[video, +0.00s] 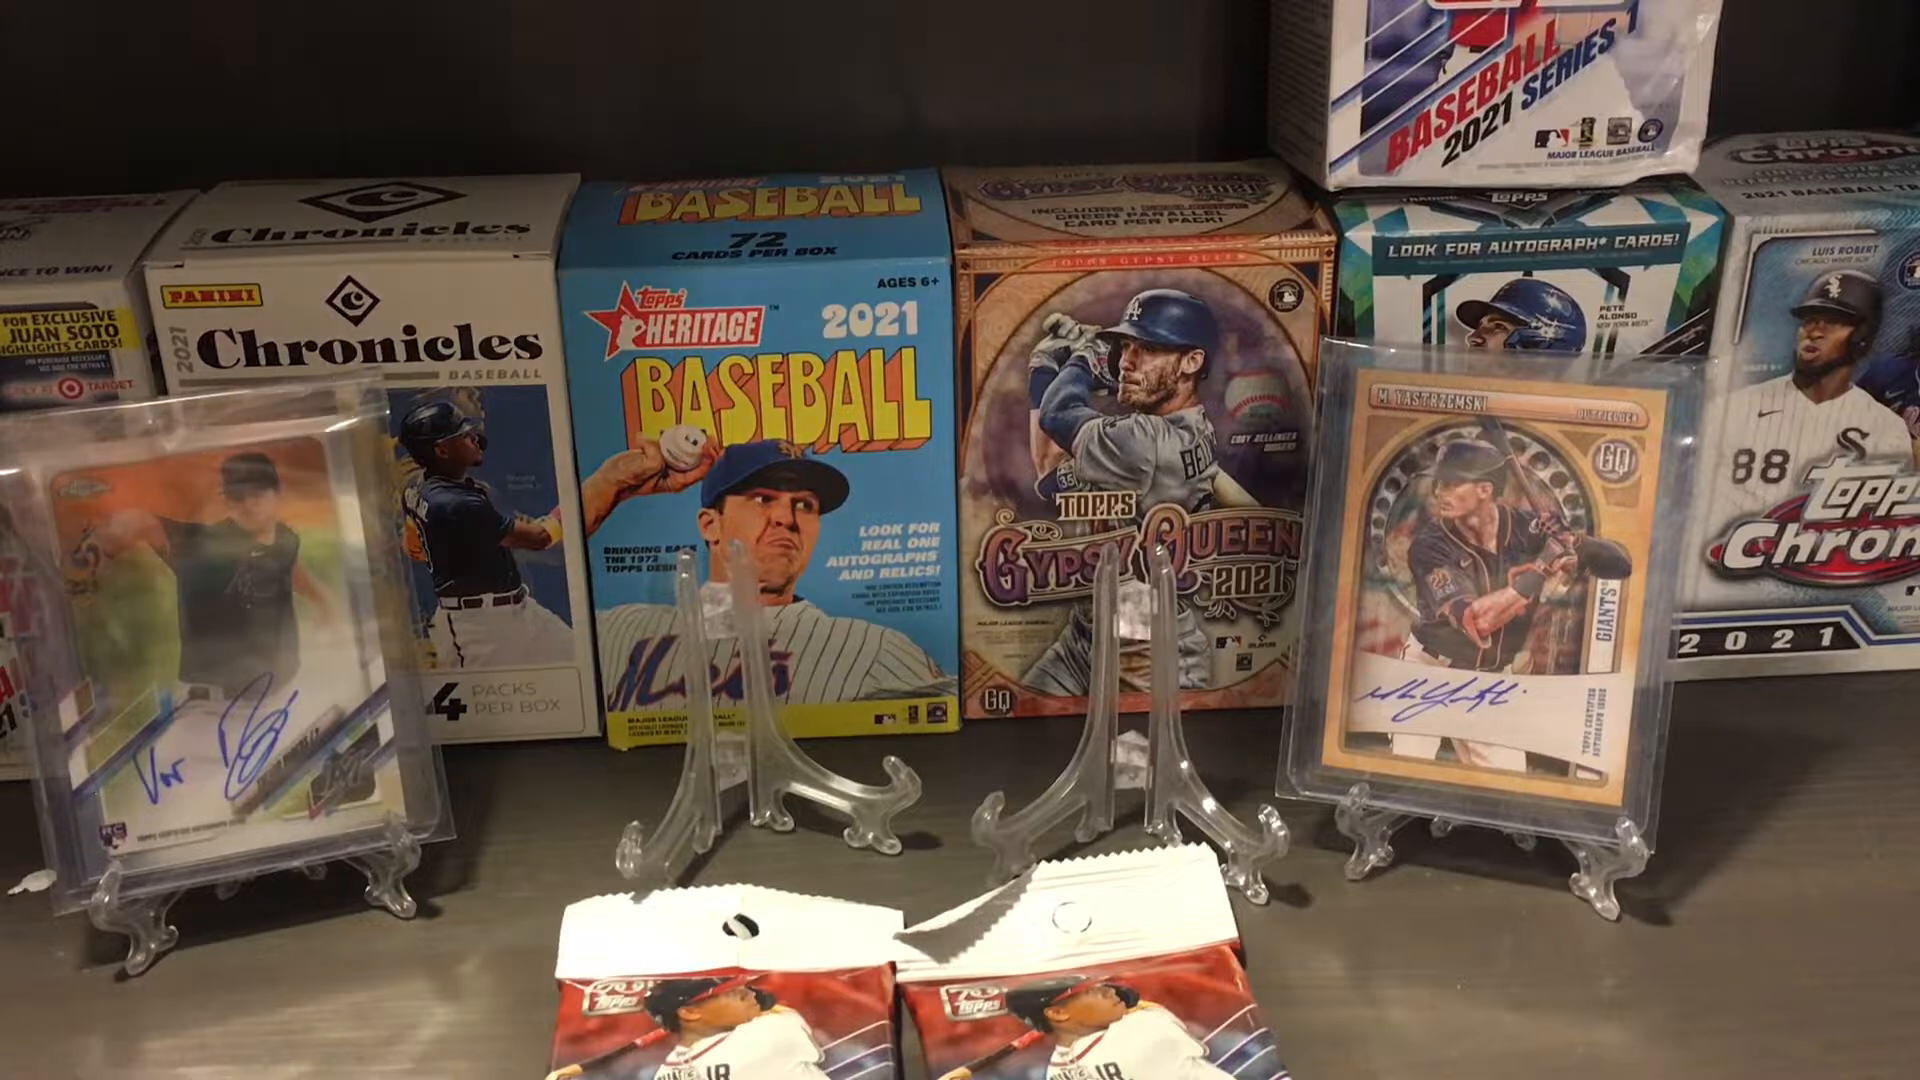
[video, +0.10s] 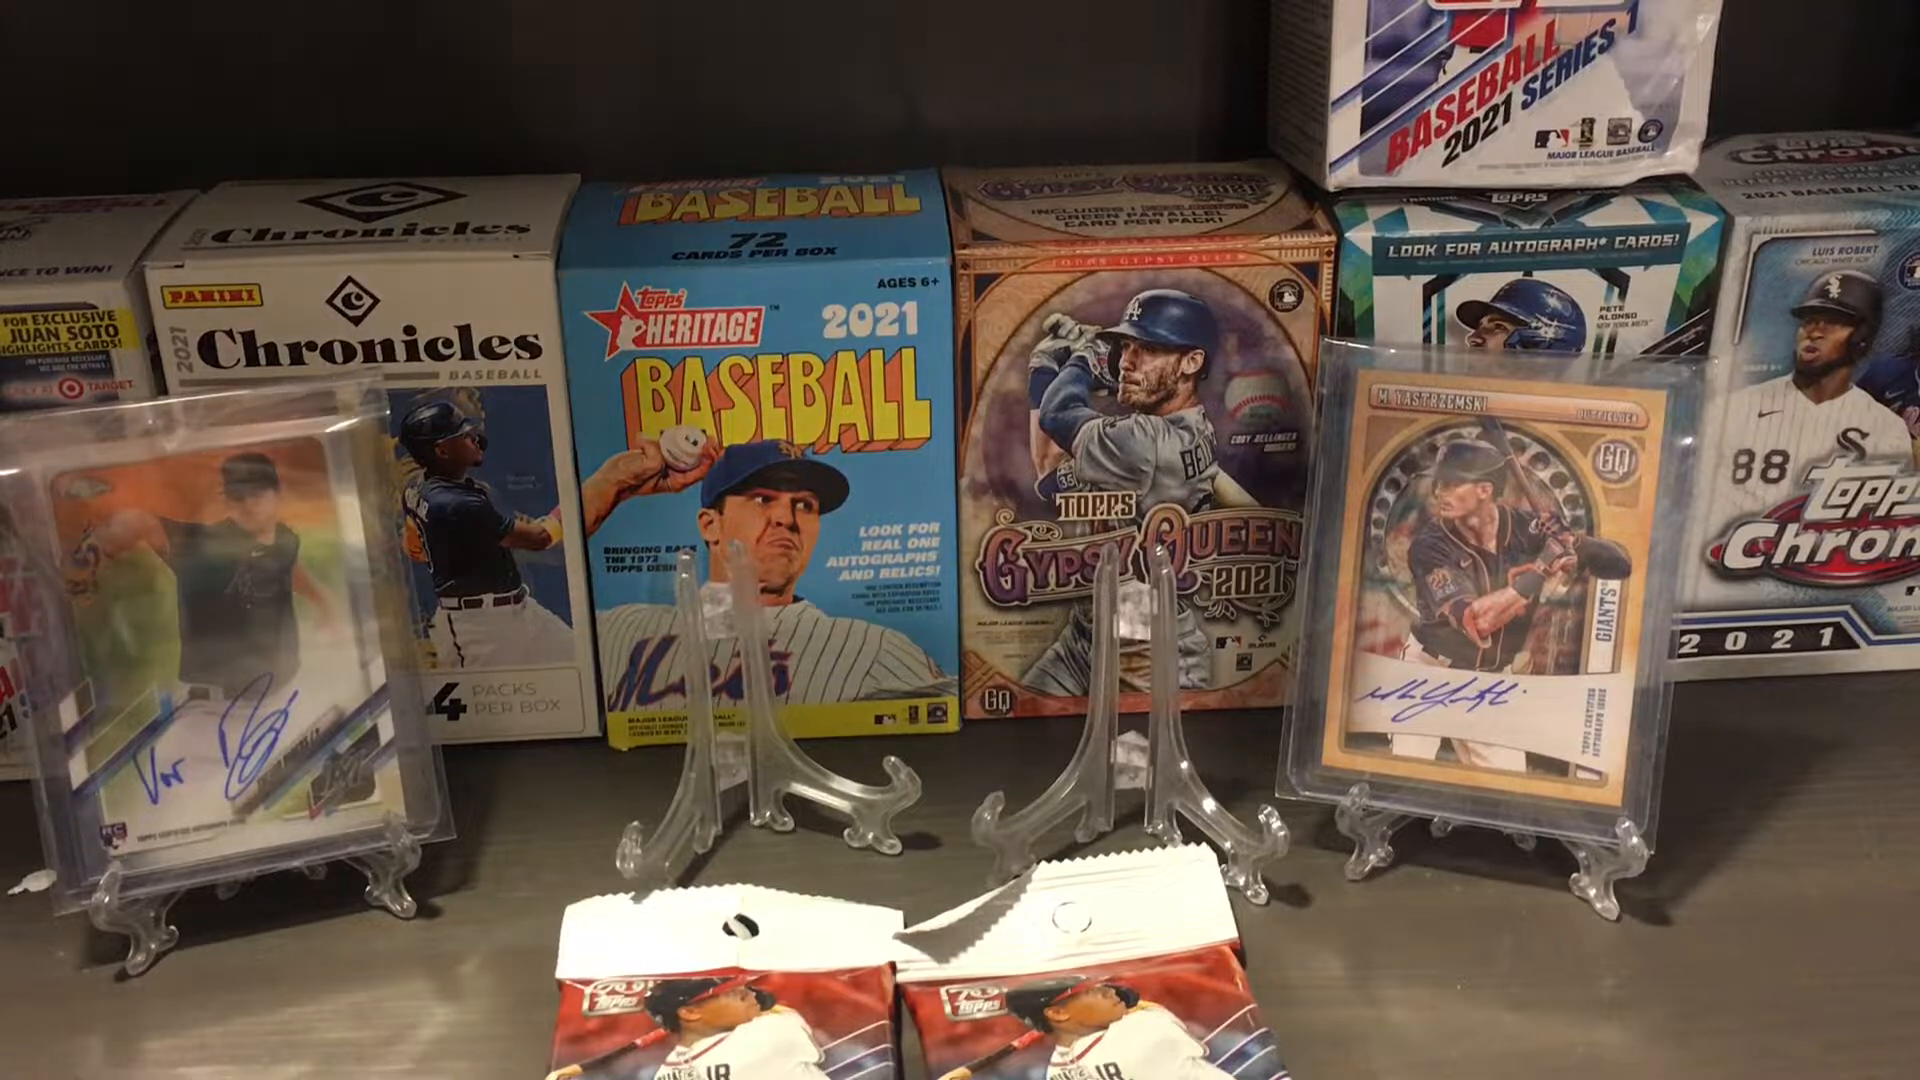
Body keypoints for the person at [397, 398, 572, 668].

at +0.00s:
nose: (475, 436)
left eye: (469, 430)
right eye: (465, 433)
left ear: (442, 451)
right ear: (441, 450)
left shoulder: (421, 489)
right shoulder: (461, 507)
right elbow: (539, 537)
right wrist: (567, 511)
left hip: (519, 609)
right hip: (473, 622)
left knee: (587, 664)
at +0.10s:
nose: (475, 436)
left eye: (470, 430)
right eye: (465, 433)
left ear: (443, 451)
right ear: (442, 450)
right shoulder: (459, 507)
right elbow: (539, 537)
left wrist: (538, 524)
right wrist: (566, 512)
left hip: (519, 609)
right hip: (473, 623)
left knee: (588, 665)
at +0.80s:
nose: (474, 436)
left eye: (469, 430)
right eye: (463, 434)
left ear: (443, 452)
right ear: (442, 450)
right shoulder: (459, 506)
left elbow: (413, 544)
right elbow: (539, 537)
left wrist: (544, 523)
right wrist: (569, 511)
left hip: (520, 610)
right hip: (473, 623)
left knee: (588, 665)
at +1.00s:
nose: (474, 435)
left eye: (468, 429)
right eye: (463, 433)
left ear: (442, 451)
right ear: (441, 450)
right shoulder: (459, 506)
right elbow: (538, 538)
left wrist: (546, 522)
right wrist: (568, 512)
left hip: (520, 609)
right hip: (474, 623)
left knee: (588, 665)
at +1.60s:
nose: (474, 435)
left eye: (468, 429)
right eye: (463, 433)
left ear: (443, 451)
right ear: (442, 450)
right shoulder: (461, 506)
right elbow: (539, 538)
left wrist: (537, 524)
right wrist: (568, 512)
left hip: (520, 610)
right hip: (474, 624)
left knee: (588, 665)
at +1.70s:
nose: (474, 435)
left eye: (468, 429)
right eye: (463, 433)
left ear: (442, 451)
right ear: (442, 450)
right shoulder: (461, 506)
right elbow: (539, 537)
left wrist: (534, 524)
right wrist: (569, 511)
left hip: (520, 610)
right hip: (474, 624)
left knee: (589, 664)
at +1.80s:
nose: (474, 435)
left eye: (468, 429)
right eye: (463, 433)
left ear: (443, 452)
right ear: (442, 450)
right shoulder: (460, 506)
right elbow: (539, 538)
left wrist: (544, 522)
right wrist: (570, 511)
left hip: (520, 610)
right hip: (475, 624)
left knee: (588, 665)